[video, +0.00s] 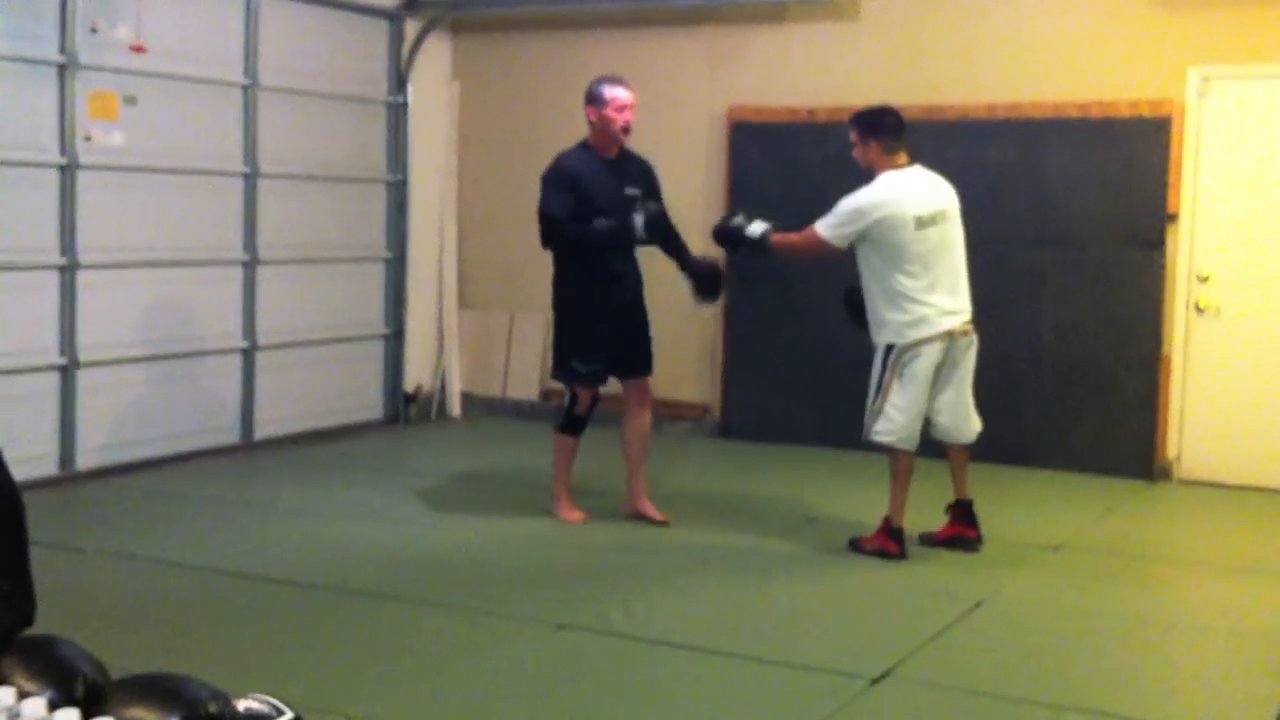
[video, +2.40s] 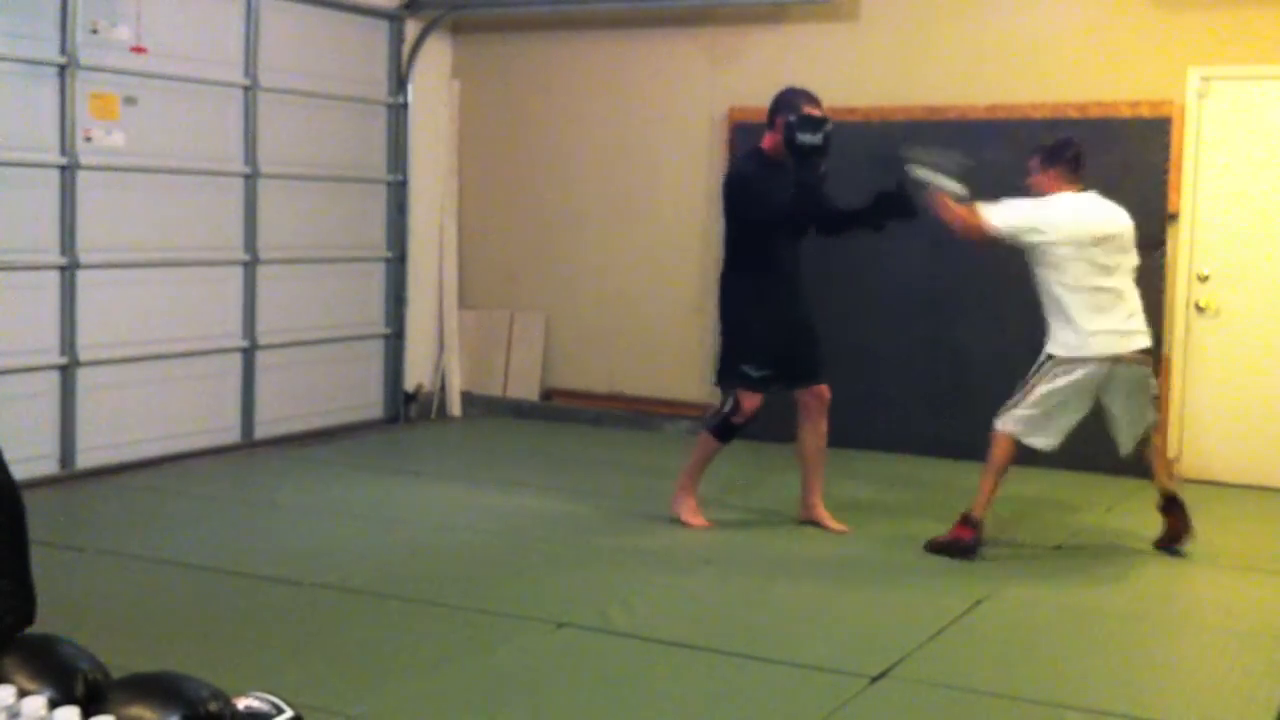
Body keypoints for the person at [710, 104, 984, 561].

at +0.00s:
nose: (855, 154)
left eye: (856, 145)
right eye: (854, 145)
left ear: (870, 145)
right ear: (901, 140)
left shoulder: (873, 199)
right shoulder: (940, 186)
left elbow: (808, 243)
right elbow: (931, 262)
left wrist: (759, 235)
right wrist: (880, 297)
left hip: (913, 334)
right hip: (960, 326)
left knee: (900, 431)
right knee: (956, 423)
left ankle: (892, 530)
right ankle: (964, 518)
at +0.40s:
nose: (860, 149)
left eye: (861, 142)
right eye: (861, 141)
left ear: (873, 144)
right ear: (905, 140)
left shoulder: (865, 199)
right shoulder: (947, 186)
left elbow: (800, 247)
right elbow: (962, 256)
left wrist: (764, 235)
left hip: (916, 333)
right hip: (968, 324)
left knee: (906, 431)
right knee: (975, 419)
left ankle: (892, 529)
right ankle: (1005, 510)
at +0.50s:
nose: (864, 150)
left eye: (867, 142)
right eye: (866, 141)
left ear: (879, 145)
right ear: (910, 143)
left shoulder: (870, 205)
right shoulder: (953, 189)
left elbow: (857, 279)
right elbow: (966, 252)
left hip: (917, 335)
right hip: (971, 325)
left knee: (907, 431)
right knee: (985, 417)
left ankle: (893, 529)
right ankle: (1019, 509)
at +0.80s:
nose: (909, 153)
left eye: (913, 145)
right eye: (911, 144)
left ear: (931, 147)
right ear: (953, 148)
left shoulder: (919, 203)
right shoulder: (991, 197)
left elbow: (888, 275)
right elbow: (965, 256)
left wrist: (872, 232)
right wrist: (906, 217)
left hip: (953, 337)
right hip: (1006, 331)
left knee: (925, 431)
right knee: (1012, 425)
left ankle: (894, 529)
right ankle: (1039, 525)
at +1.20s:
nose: (946, 170)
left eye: (948, 161)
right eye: (946, 161)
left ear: (964, 163)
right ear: (994, 159)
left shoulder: (960, 216)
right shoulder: (1042, 200)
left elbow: (947, 284)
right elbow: (1028, 256)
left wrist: (927, 243)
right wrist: (959, 218)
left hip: (997, 341)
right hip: (1054, 336)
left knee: (962, 431)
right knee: (1064, 419)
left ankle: (957, 530)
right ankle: (1090, 494)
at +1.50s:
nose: (1004, 162)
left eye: (1008, 153)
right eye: (1005, 154)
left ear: (1027, 154)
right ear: (1049, 153)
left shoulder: (1029, 205)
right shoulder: (1086, 196)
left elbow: (996, 268)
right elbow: (1062, 249)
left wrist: (987, 219)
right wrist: (1016, 199)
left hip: (1054, 341)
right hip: (1107, 333)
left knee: (1003, 429)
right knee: (1113, 428)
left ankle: (978, 526)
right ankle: (1134, 529)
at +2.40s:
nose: (1031, 183)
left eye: (1034, 174)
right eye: (1032, 175)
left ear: (1049, 174)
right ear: (1076, 172)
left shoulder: (1040, 212)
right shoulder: (1118, 215)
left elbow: (972, 224)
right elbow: (1126, 266)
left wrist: (935, 195)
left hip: (1074, 350)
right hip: (1133, 347)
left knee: (1008, 427)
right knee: (1149, 429)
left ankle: (971, 523)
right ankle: (1171, 501)